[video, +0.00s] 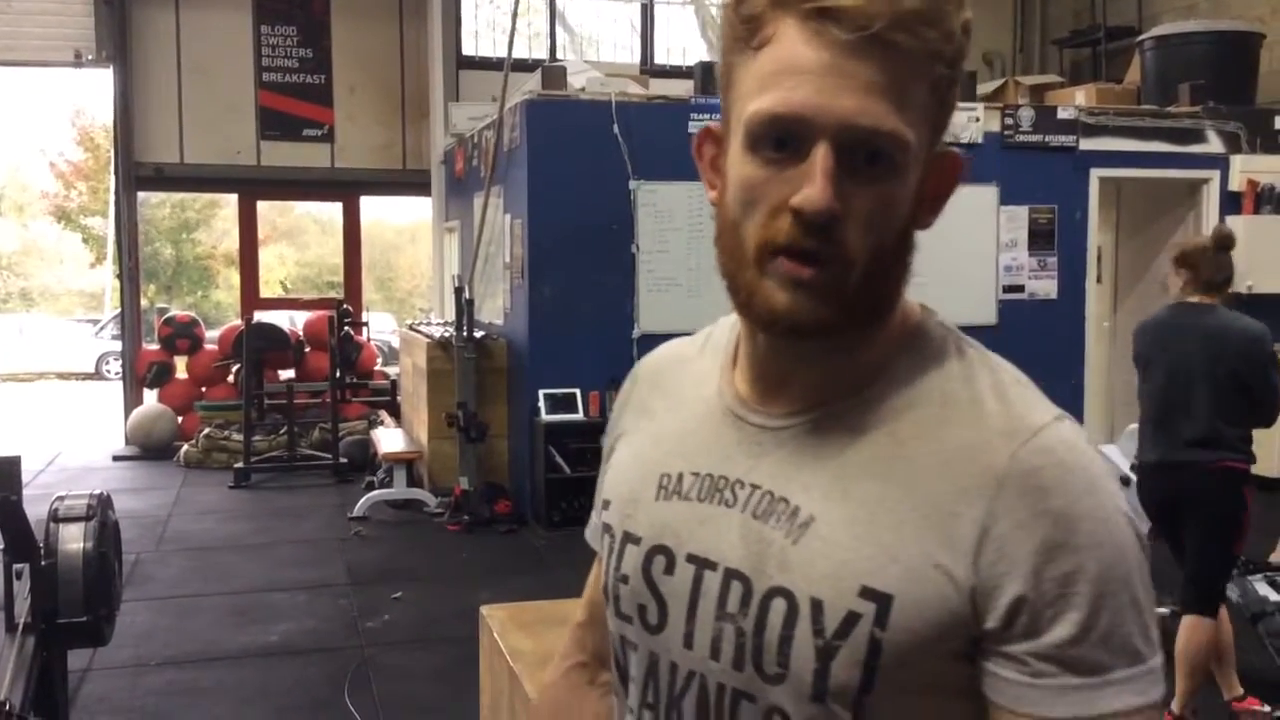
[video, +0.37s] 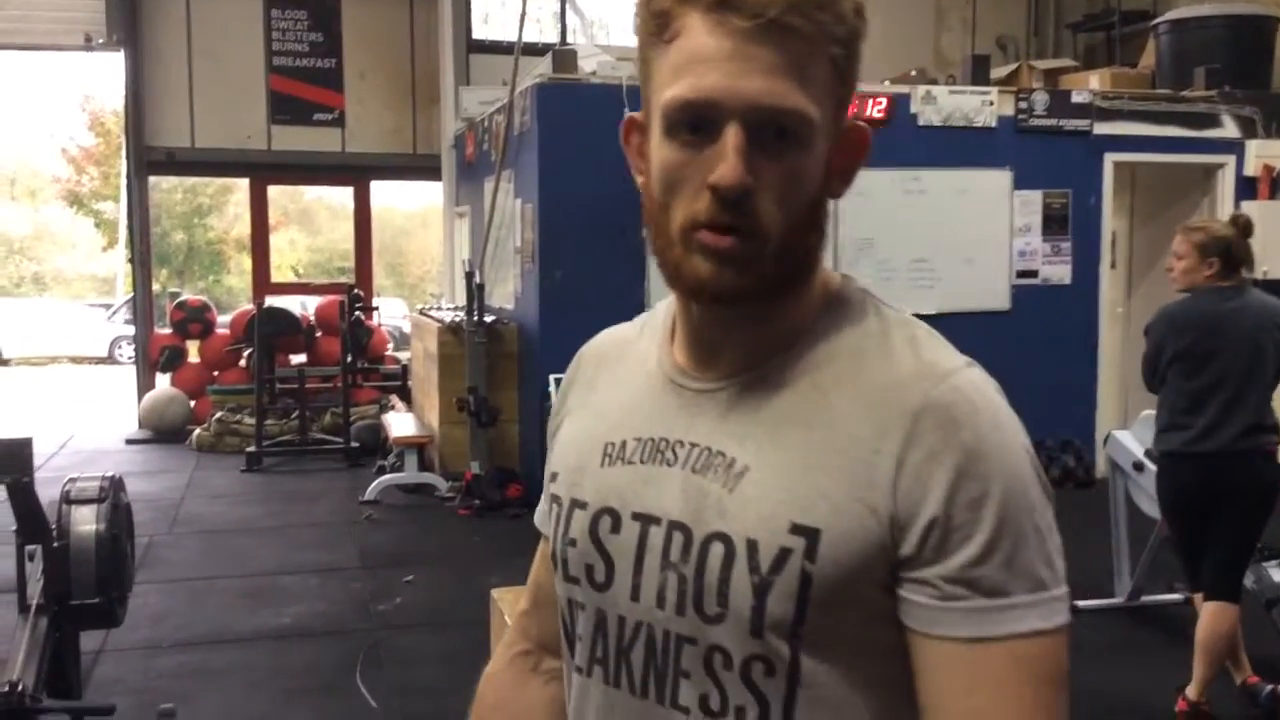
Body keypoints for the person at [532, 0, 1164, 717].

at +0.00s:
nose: (817, 199)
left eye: (868, 158)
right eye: (780, 144)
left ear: (932, 192)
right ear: (714, 164)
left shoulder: (1039, 487)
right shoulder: (655, 392)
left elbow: (1097, 700)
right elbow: (592, 658)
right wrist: (571, 674)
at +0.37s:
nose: (729, 174)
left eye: (775, 134)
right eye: (693, 127)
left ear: (842, 161)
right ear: (638, 152)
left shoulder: (945, 425)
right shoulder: (597, 374)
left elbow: (1008, 700)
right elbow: (536, 658)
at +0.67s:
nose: (709, 137)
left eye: (752, 97)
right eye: (672, 97)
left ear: (823, 128)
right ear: (624, 131)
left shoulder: (946, 382)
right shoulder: (617, 351)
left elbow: (1053, 696)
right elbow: (572, 617)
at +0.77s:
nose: (752, 112)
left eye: (797, 70)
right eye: (715, 74)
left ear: (875, 99)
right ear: (672, 111)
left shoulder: (1010, 353)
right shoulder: (687, 332)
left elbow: (1134, 682)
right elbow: (645, 594)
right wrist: (595, 706)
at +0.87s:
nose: (820, 85)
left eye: (867, 39)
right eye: (786, 51)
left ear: (968, 55)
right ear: (758, 81)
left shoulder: (1108, 323)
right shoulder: (799, 304)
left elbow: (1242, 677)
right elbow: (754, 577)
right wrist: (691, 707)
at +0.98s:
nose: (871, 87)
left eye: (918, 35)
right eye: (855, 47)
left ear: (1054, 28)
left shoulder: (1219, 298)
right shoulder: (930, 283)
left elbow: (1266, 664)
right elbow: (904, 575)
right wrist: (810, 703)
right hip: (909, 705)